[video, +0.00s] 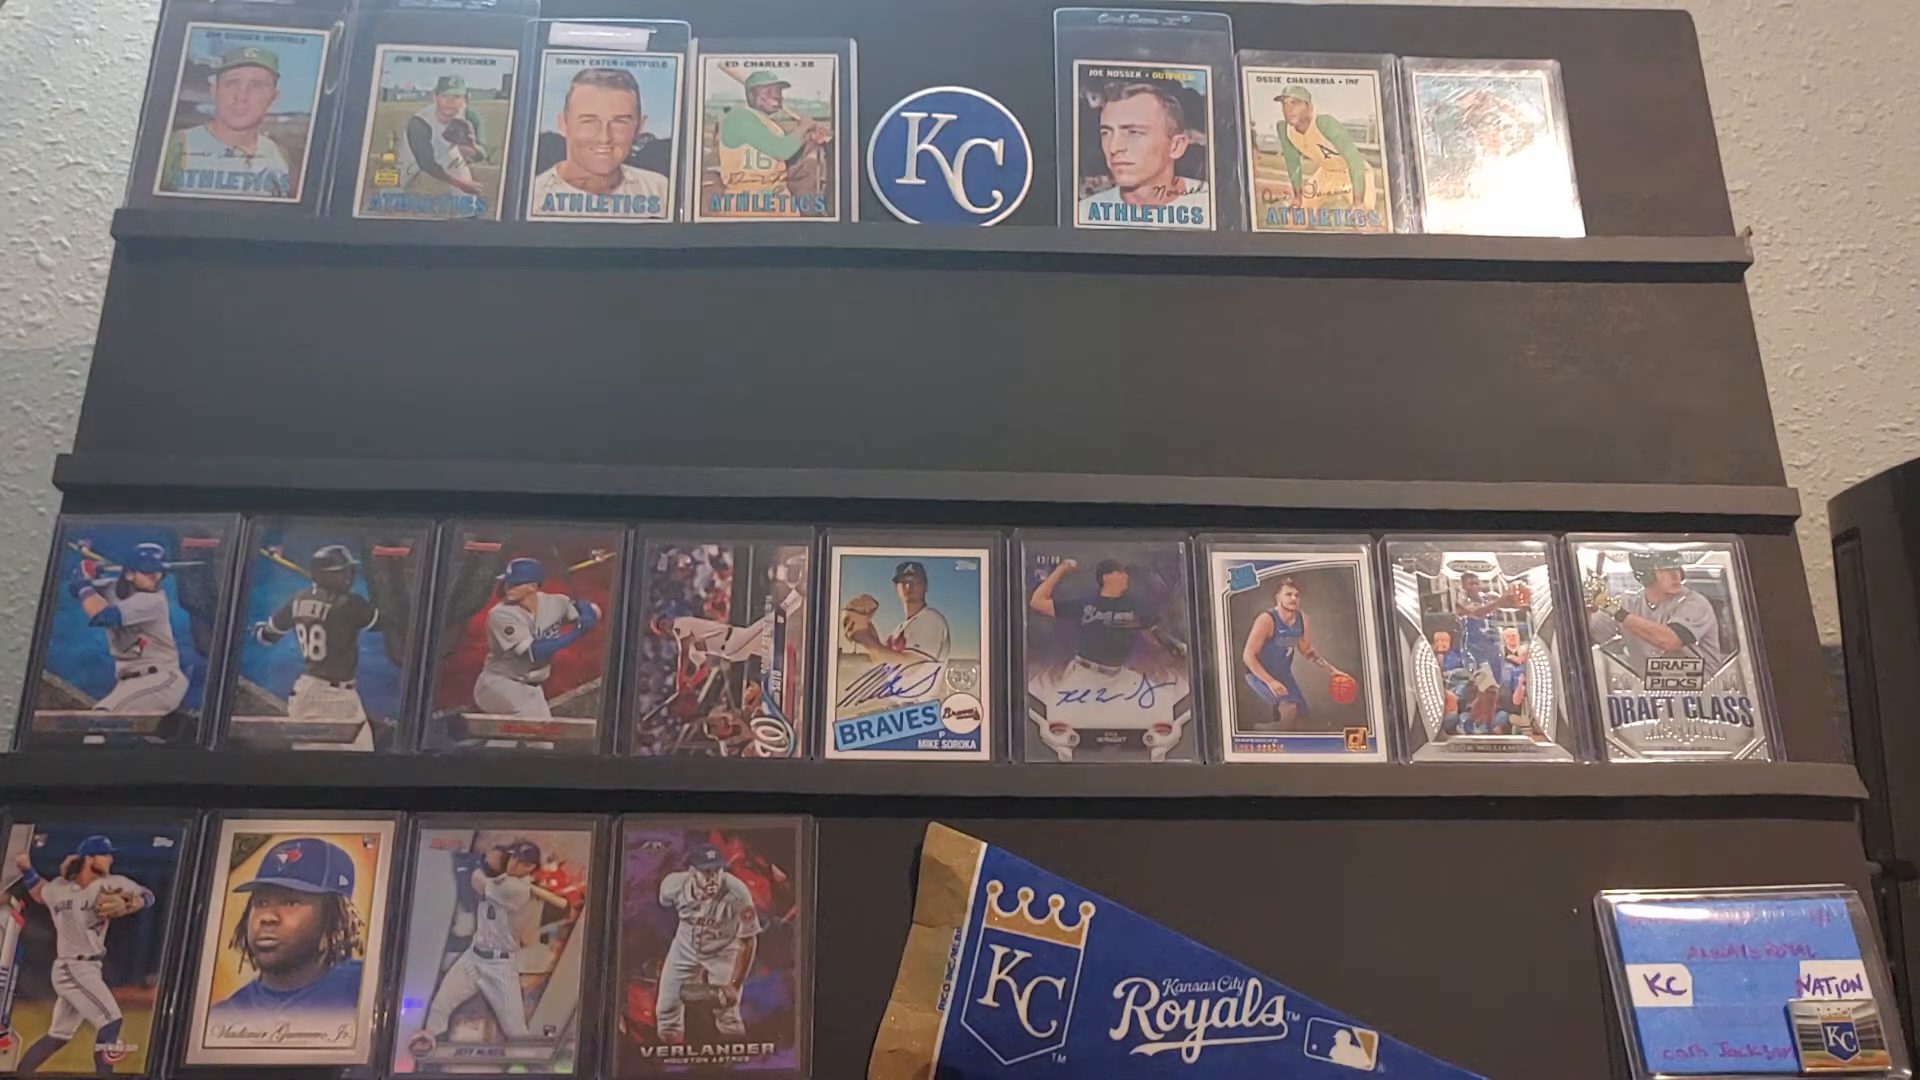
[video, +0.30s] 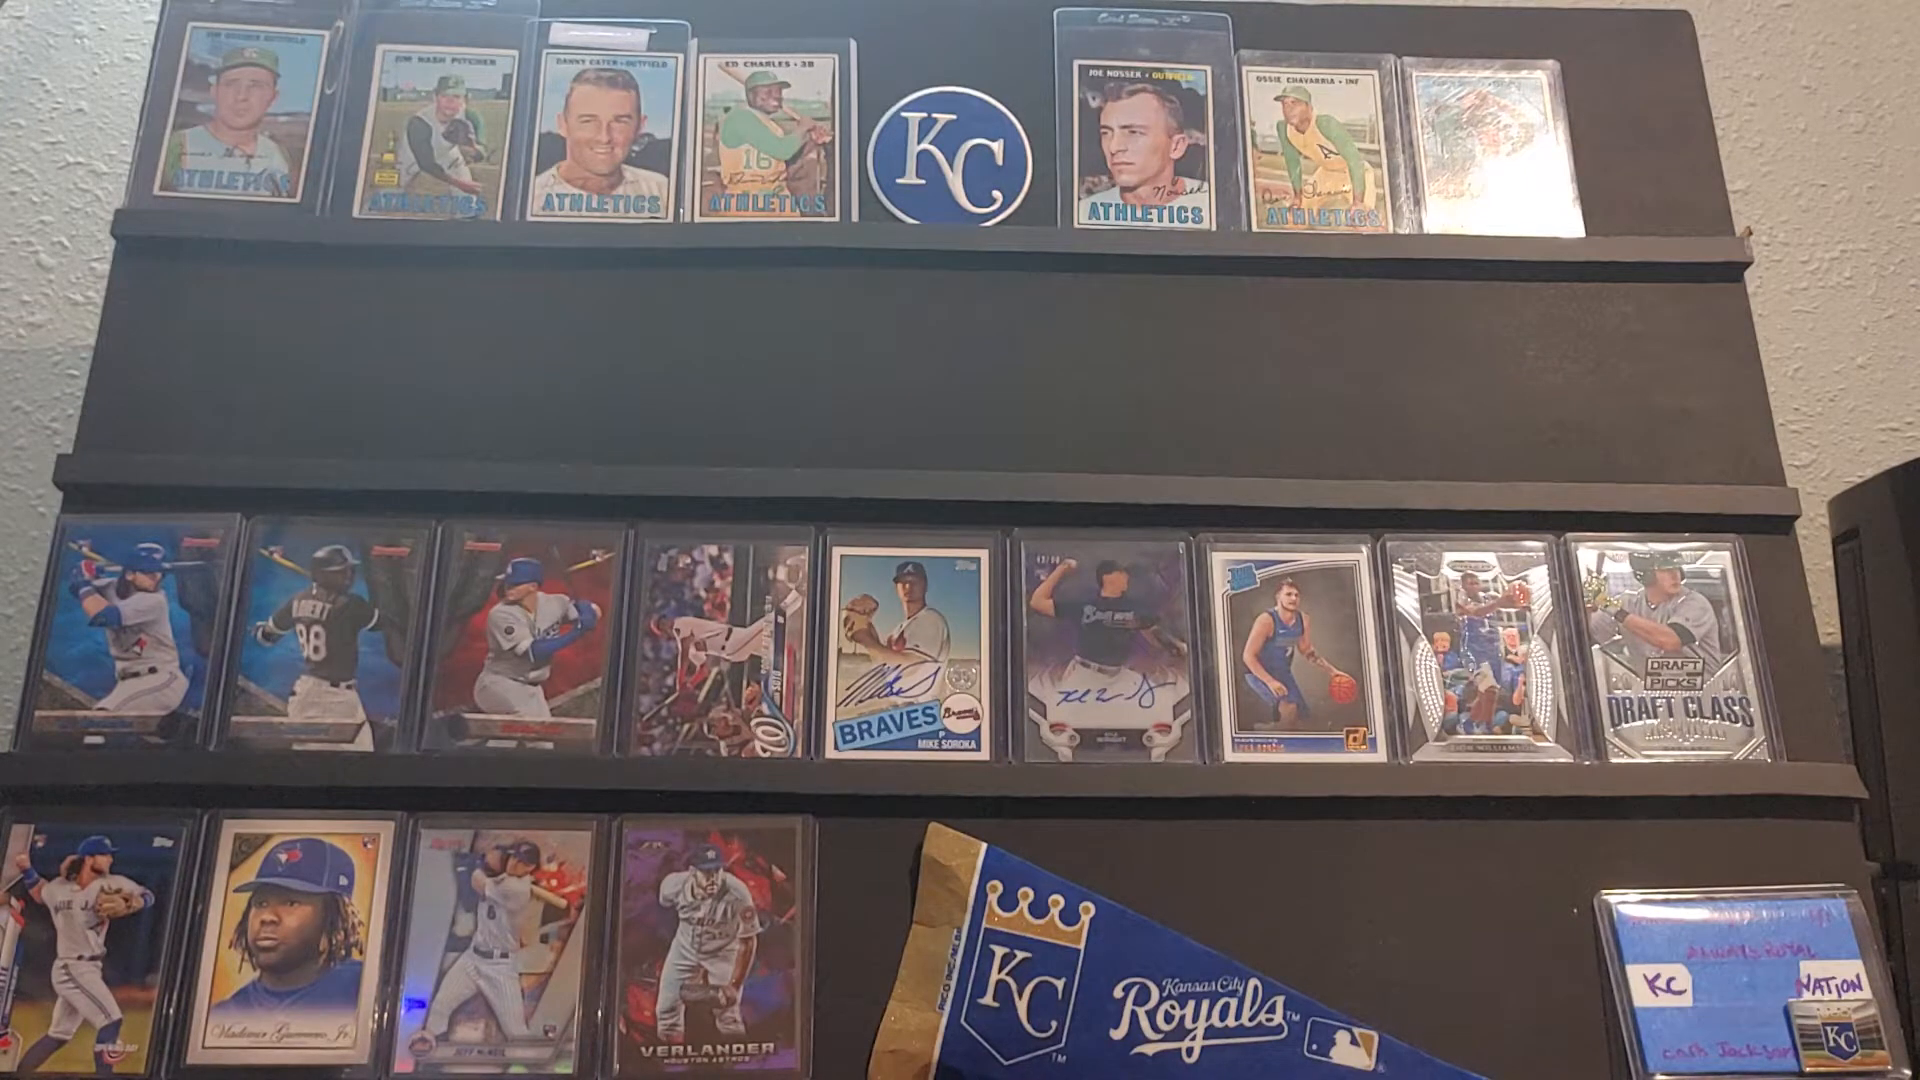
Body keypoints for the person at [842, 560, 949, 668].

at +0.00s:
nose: (907, 587)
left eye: (913, 582)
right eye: (902, 582)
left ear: (925, 586)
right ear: (896, 588)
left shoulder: (930, 619)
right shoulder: (901, 627)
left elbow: (911, 660)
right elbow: (880, 659)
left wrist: (865, 639)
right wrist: (865, 623)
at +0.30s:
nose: (907, 588)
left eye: (913, 582)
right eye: (902, 582)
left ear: (925, 586)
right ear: (896, 587)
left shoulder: (930, 619)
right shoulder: (901, 627)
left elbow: (911, 660)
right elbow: (879, 656)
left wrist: (865, 640)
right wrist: (864, 621)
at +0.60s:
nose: (907, 588)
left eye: (913, 582)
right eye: (902, 582)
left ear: (925, 586)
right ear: (896, 587)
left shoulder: (930, 619)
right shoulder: (901, 627)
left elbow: (910, 660)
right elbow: (879, 657)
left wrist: (864, 639)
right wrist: (863, 621)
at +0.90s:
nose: (907, 587)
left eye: (913, 582)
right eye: (902, 582)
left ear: (924, 586)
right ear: (896, 587)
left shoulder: (930, 619)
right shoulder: (901, 627)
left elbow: (910, 660)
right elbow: (880, 657)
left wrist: (865, 640)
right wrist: (862, 621)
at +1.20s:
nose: (907, 588)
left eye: (913, 582)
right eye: (902, 583)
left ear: (924, 586)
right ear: (896, 587)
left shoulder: (930, 619)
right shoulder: (901, 627)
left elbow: (911, 659)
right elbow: (880, 658)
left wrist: (865, 640)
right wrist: (863, 621)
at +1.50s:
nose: (907, 587)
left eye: (913, 582)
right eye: (902, 582)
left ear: (925, 586)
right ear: (896, 587)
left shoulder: (931, 619)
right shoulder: (901, 627)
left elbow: (910, 660)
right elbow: (881, 660)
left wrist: (865, 639)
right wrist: (864, 623)